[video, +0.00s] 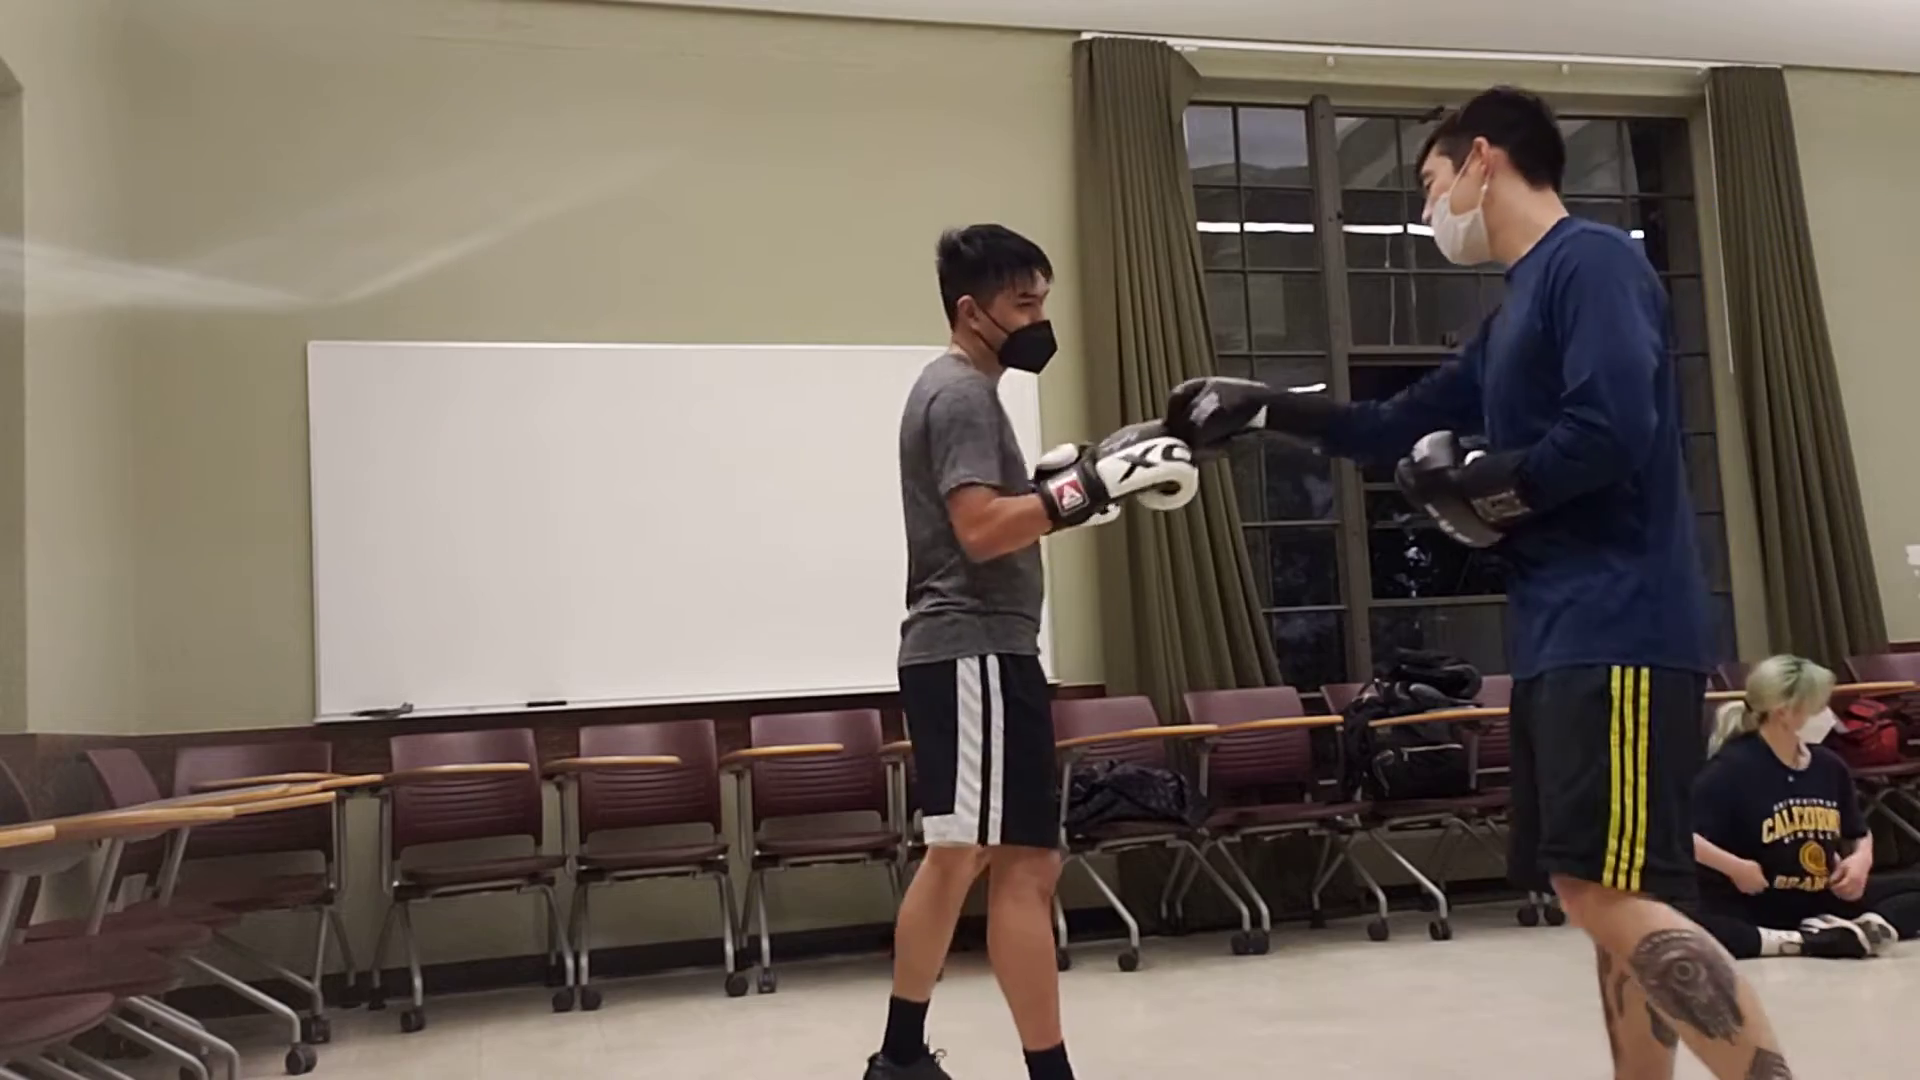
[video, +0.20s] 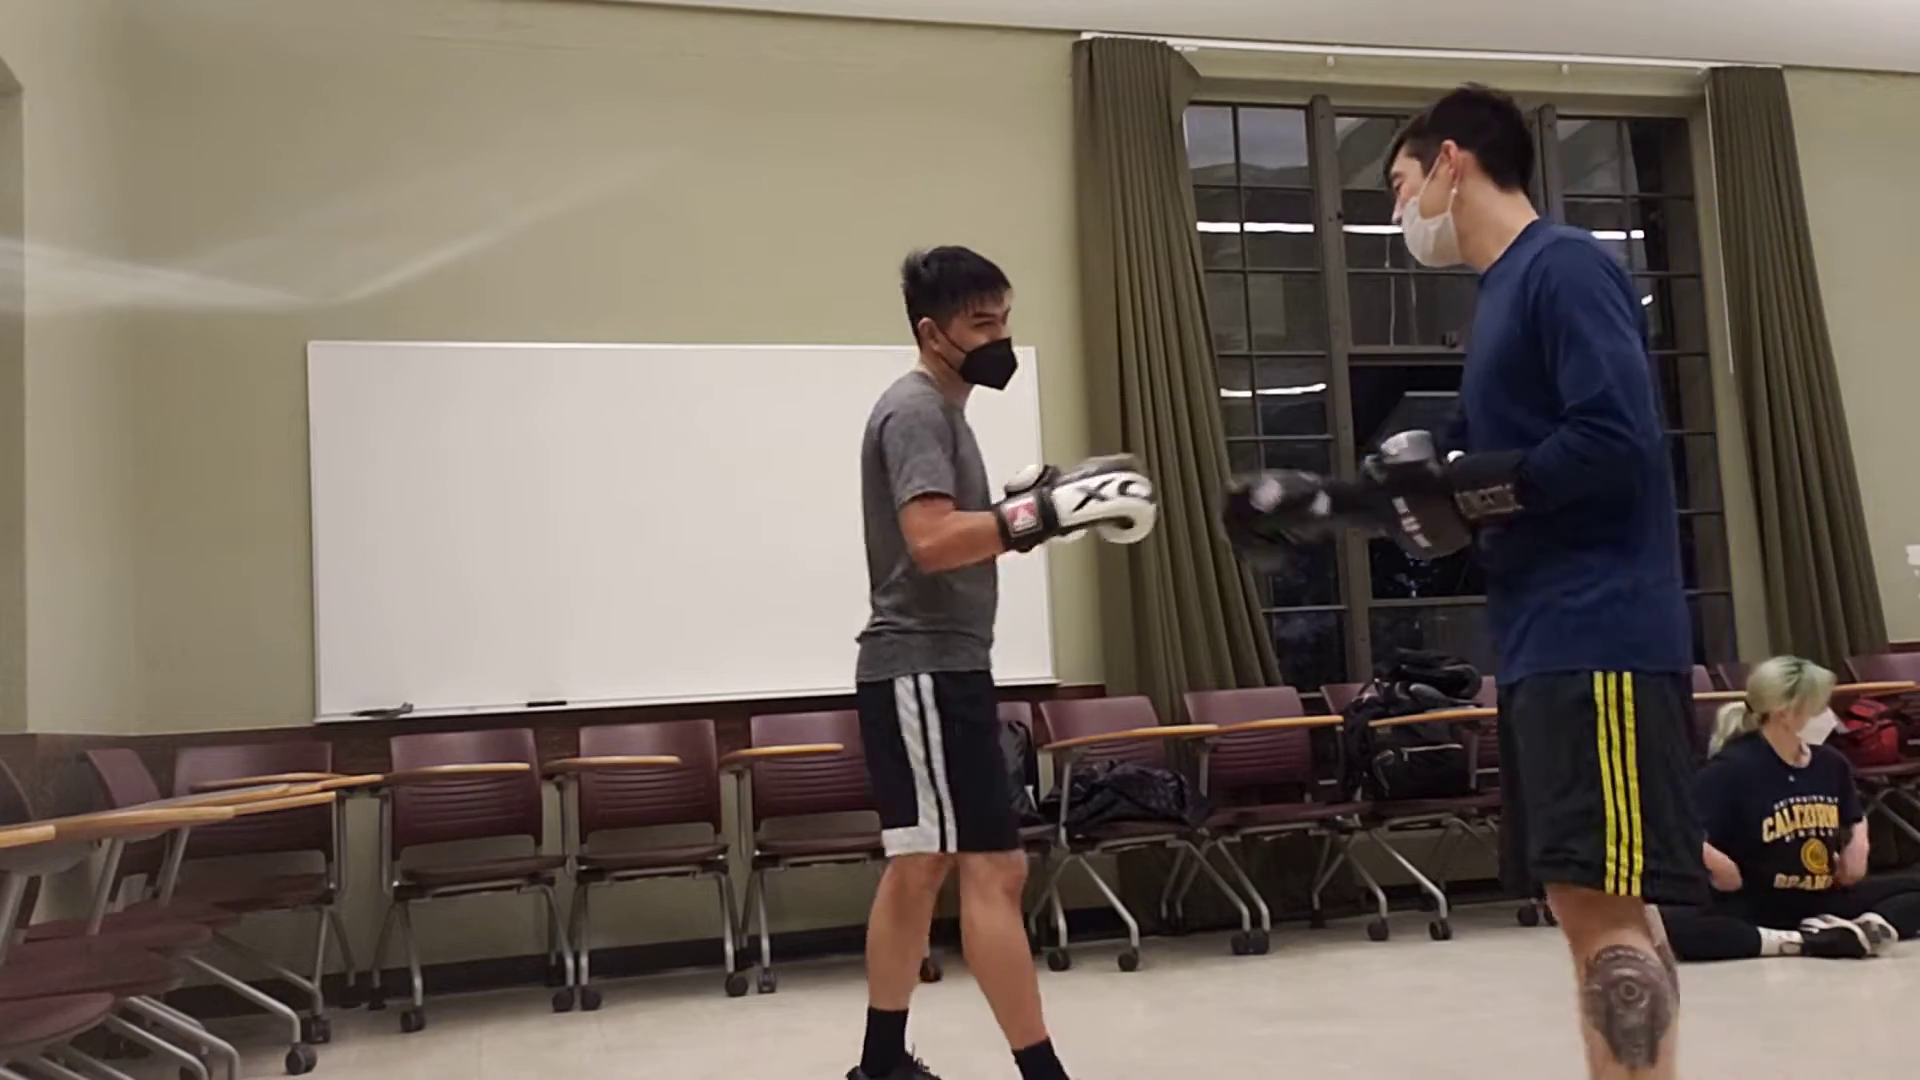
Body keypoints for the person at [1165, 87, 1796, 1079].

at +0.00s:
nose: (1426, 207)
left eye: (1430, 182)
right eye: (1422, 189)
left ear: (1482, 162)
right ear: (1497, 172)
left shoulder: (1591, 260)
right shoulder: (1519, 308)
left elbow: (1612, 434)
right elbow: (1405, 428)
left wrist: (1481, 477)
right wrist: (1262, 408)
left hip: (1623, 629)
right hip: (1563, 633)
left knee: (1599, 888)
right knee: (1596, 890)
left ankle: (1762, 1069)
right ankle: (1644, 1079)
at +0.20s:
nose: (1399, 211)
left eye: (1403, 185)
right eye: (1394, 192)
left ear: (1456, 166)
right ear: (1470, 173)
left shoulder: (1562, 267)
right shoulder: (1507, 293)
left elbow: (1617, 439)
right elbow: (1503, 472)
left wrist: (1472, 487)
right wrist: (1333, 501)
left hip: (1598, 636)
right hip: (1553, 638)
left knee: (1591, 897)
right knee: (1595, 897)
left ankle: (1633, 1075)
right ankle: (1638, 1073)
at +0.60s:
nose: (1368, 189)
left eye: (1365, 160)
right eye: (1362, 165)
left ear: (1408, 138)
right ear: (1448, 139)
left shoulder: (1495, 253)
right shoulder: (1510, 246)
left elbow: (1524, 423)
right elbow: (1523, 432)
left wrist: (1397, 466)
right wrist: (1400, 470)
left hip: (1504, 644)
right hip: (1517, 638)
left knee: (1529, 926)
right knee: (1551, 918)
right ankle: (1608, 1075)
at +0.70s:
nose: (1361, 176)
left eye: (1360, 148)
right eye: (1356, 152)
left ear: (1404, 130)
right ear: (1458, 131)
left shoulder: (1480, 248)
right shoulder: (1501, 238)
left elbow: (1495, 416)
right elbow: (1491, 421)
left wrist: (1382, 460)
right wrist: (1387, 449)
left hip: (1496, 643)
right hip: (1505, 639)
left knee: (1517, 925)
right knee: (1535, 921)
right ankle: (1589, 1077)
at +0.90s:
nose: (1342, 180)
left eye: (1337, 152)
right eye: (1335, 157)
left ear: (1376, 129)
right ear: (1424, 127)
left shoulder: (1461, 254)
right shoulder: (1475, 242)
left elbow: (1491, 448)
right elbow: (1476, 443)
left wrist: (1356, 485)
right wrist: (1355, 465)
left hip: (1479, 656)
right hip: (1451, 652)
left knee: (1510, 936)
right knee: (1451, 922)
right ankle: (1546, 1076)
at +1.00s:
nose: (1320, 177)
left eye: (1316, 149)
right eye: (1315, 154)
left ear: (1357, 130)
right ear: (1407, 130)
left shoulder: (1444, 251)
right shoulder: (1461, 241)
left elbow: (1489, 443)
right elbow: (1481, 445)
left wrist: (1356, 502)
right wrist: (1352, 491)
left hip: (1466, 652)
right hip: (1432, 646)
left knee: (1505, 928)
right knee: (1389, 881)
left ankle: (1572, 1078)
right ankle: (1502, 1068)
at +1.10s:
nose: (1300, 181)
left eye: (1296, 152)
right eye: (1296, 157)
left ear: (1333, 134)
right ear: (1396, 133)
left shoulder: (1418, 251)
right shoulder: (1444, 240)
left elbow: (1476, 444)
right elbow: (1465, 445)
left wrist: (1337, 513)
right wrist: (1334, 493)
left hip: (1450, 655)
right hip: (1420, 649)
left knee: (1505, 927)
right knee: (1359, 859)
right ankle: (1432, 1073)